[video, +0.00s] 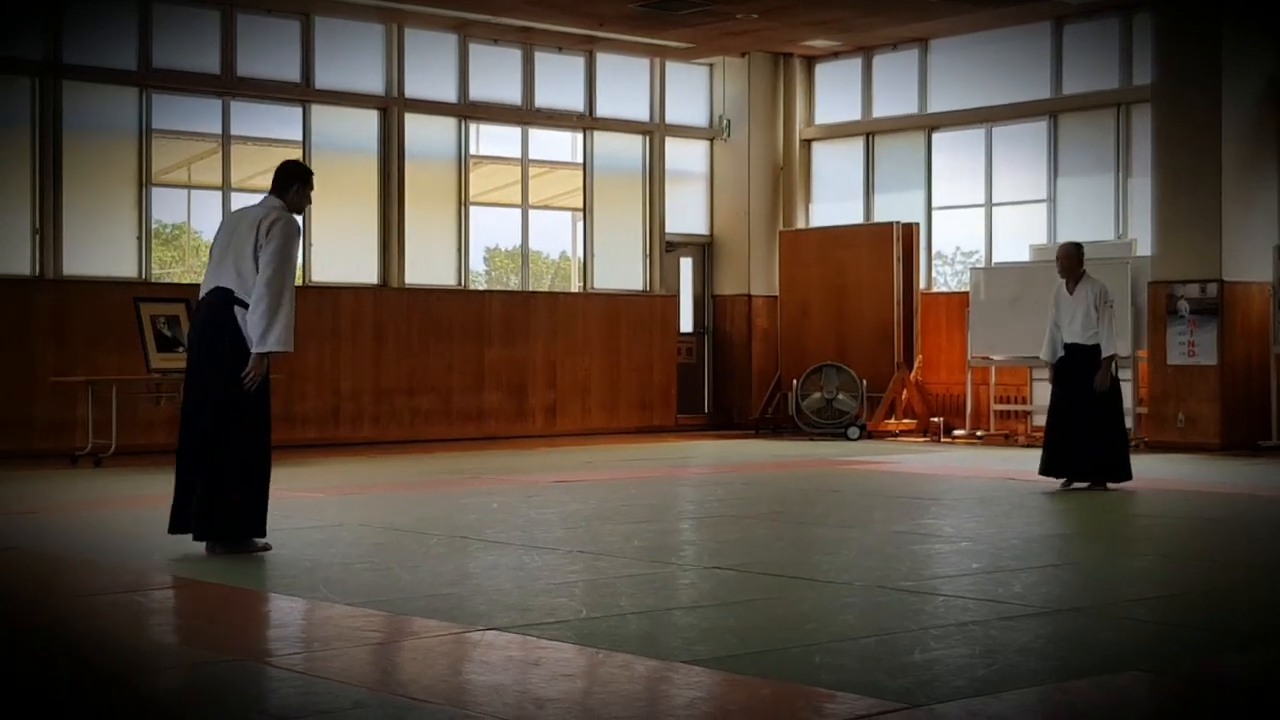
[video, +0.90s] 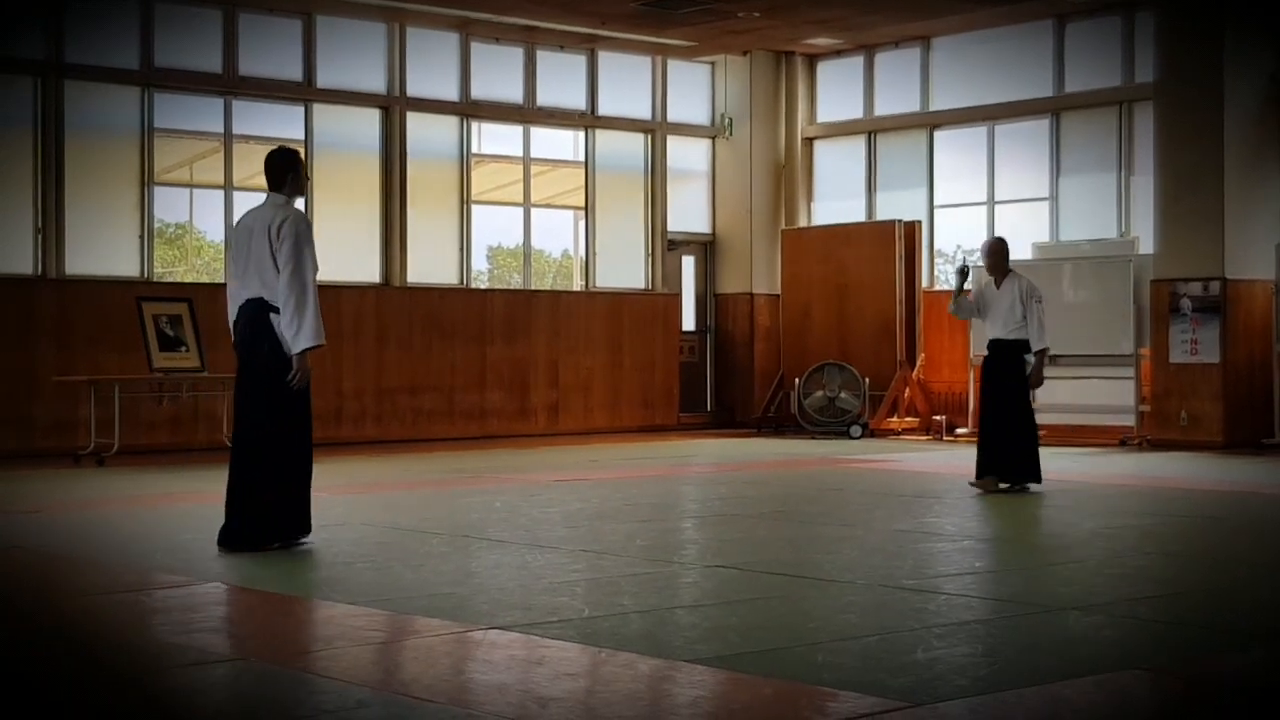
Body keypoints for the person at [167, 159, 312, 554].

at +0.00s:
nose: (310, 201)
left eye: (310, 193)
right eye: (308, 192)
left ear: (275, 186)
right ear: (296, 189)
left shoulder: (236, 217)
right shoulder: (282, 221)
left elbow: (215, 275)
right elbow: (270, 283)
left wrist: (206, 328)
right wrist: (262, 346)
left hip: (208, 321)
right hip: (237, 324)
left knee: (214, 425)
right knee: (243, 427)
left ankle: (213, 526)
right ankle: (233, 531)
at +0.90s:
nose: (305, 182)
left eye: (303, 175)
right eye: (303, 175)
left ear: (268, 178)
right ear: (294, 178)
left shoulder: (243, 223)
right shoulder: (293, 221)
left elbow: (234, 284)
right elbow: (295, 287)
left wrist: (238, 333)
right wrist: (300, 346)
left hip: (247, 328)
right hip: (279, 329)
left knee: (252, 426)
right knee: (285, 427)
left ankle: (243, 527)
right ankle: (279, 526)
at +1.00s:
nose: (318, 183)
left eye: (316, 176)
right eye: (314, 177)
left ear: (282, 181)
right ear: (303, 180)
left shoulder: (257, 224)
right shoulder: (305, 223)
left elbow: (246, 285)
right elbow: (305, 289)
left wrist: (246, 336)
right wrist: (311, 347)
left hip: (258, 328)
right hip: (286, 329)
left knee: (306, 422)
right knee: (268, 427)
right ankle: (249, 529)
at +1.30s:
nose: (358, 192)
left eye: (356, 186)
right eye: (354, 187)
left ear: (324, 192)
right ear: (342, 191)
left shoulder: (300, 234)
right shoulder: (347, 231)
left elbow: (286, 293)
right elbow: (350, 294)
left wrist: (286, 343)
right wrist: (355, 352)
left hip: (302, 339)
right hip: (330, 341)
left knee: (339, 430)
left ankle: (350, 519)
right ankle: (251, 517)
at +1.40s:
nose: (372, 189)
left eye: (370, 183)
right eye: (368, 184)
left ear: (337, 189)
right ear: (357, 187)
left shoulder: (315, 231)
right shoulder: (363, 228)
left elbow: (303, 291)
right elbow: (367, 291)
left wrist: (305, 341)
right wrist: (374, 348)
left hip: (319, 334)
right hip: (349, 335)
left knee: (342, 429)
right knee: (346, 429)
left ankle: (355, 522)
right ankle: (276, 504)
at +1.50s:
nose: (384, 189)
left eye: (381, 182)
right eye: (382, 183)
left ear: (349, 187)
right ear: (374, 186)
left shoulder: (328, 229)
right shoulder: (376, 226)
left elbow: (318, 287)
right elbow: (383, 287)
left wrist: (321, 334)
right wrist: (392, 344)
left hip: (332, 329)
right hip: (365, 329)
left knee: (341, 419)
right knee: (383, 427)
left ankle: (353, 520)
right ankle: (322, 497)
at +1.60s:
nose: (402, 188)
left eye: (400, 182)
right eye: (400, 182)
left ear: (366, 188)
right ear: (393, 186)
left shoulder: (344, 228)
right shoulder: (393, 227)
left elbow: (332, 287)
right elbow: (401, 289)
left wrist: (339, 333)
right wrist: (412, 345)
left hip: (348, 333)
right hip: (382, 332)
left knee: (358, 423)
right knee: (418, 422)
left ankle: (354, 522)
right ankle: (378, 507)